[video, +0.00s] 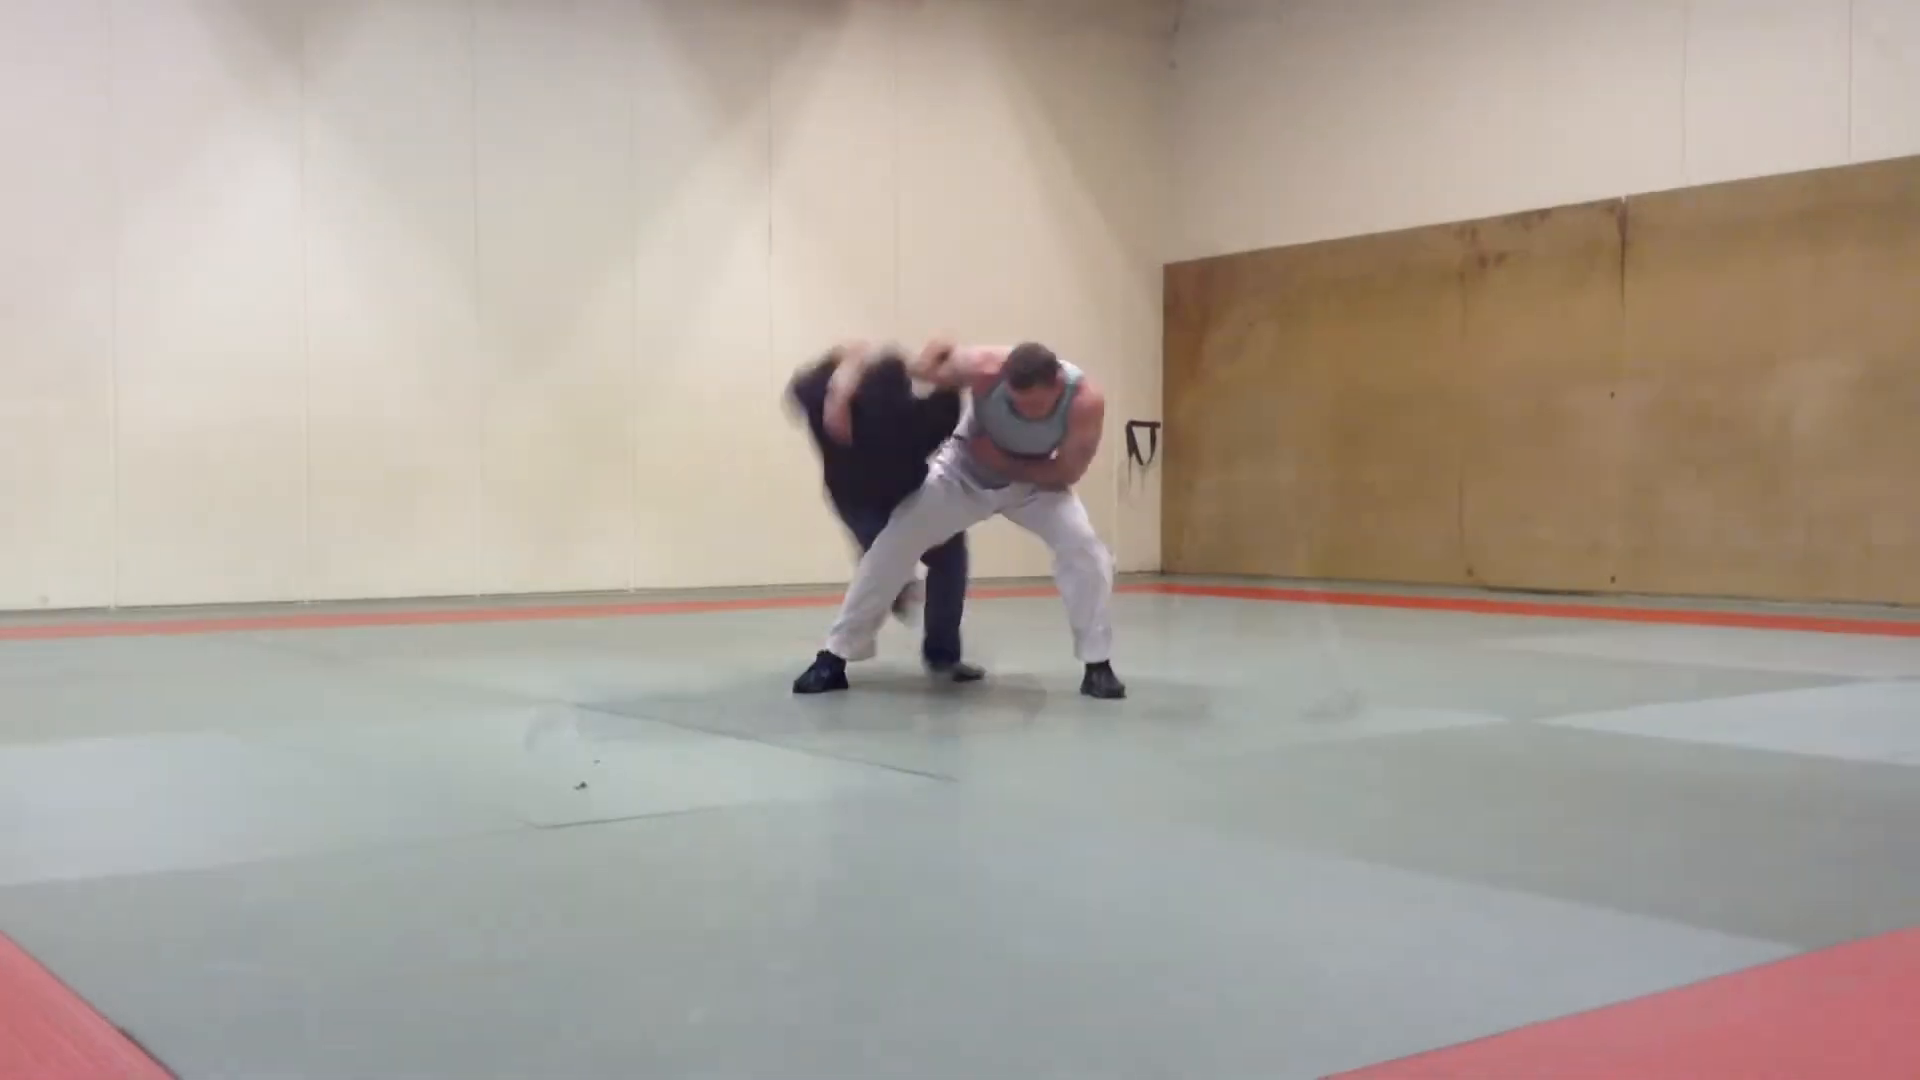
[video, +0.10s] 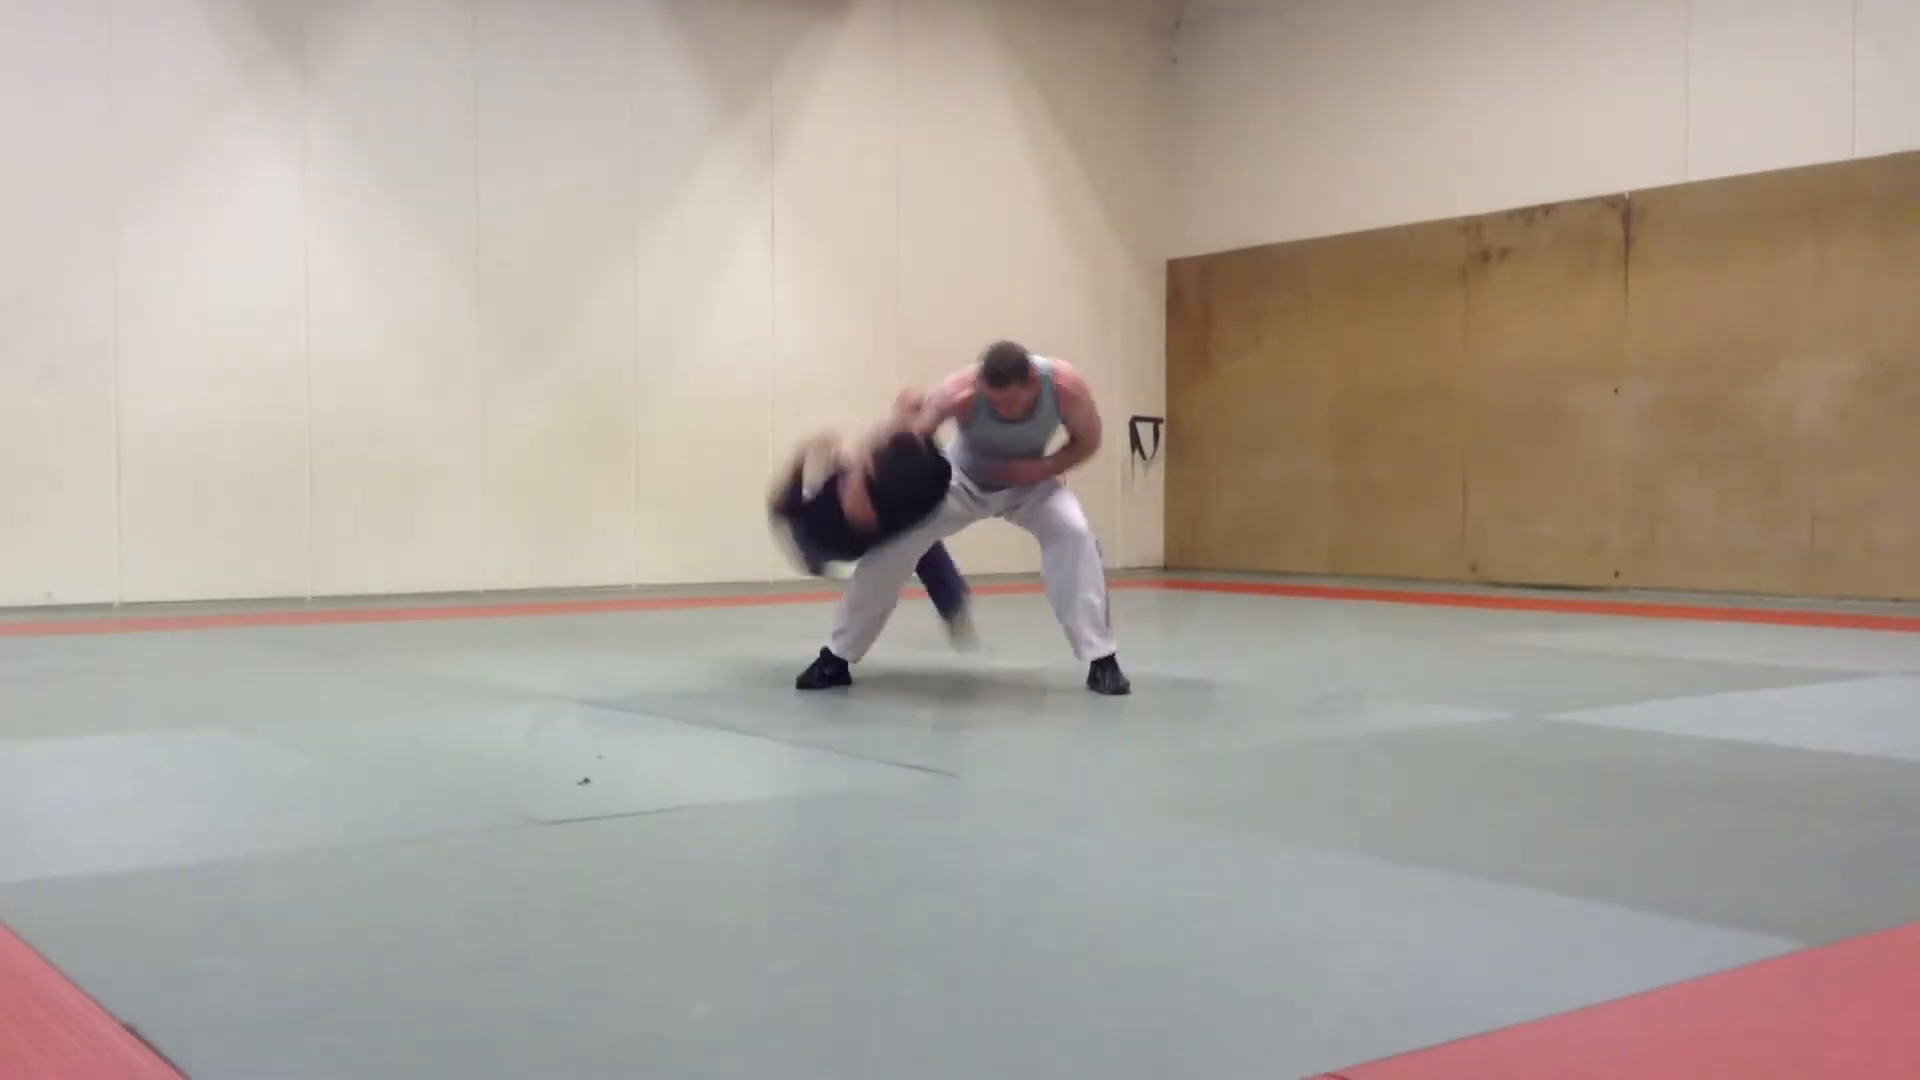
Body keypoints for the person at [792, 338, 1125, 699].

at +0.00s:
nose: (1030, 415)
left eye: (1039, 408)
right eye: (1021, 406)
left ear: (1058, 385)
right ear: (1008, 383)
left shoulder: (1085, 401)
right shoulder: (986, 367)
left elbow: (1064, 475)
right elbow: (924, 370)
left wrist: (1001, 462)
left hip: (1037, 486)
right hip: (965, 474)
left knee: (1085, 550)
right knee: (895, 542)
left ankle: (1098, 666)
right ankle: (834, 658)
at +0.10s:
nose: (1007, 412)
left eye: (1015, 403)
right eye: (996, 403)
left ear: (1033, 382)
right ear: (982, 384)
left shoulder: (1065, 385)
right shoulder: (960, 393)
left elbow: (1088, 442)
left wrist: (1040, 471)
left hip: (1032, 489)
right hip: (962, 486)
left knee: (1074, 534)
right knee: (890, 550)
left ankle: (1101, 659)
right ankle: (837, 658)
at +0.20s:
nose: (955, 422)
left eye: (964, 414)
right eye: (950, 414)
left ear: (994, 395)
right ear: (943, 403)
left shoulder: (1028, 377)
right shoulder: (937, 423)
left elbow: (1074, 395)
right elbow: (913, 485)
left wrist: (1066, 443)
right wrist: (916, 524)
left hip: (1028, 475)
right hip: (961, 482)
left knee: (1075, 528)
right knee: (915, 544)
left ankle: (1110, 651)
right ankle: (845, 649)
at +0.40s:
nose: (930, 478)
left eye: (938, 468)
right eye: (925, 471)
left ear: (962, 439)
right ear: (913, 452)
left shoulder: (987, 397)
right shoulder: (919, 470)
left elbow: (1070, 407)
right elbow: (935, 556)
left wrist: (1040, 462)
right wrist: (967, 621)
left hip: (1013, 464)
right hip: (948, 486)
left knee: (1066, 513)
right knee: (871, 531)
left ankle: (1115, 638)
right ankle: (845, 627)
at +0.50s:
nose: (927, 474)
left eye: (934, 463)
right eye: (921, 466)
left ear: (960, 435)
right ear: (909, 451)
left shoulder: (987, 398)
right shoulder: (914, 467)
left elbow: (1063, 450)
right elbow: (931, 551)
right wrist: (939, 626)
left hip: (1006, 463)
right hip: (938, 478)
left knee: (1061, 515)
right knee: (855, 524)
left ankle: (1114, 638)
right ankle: (830, 634)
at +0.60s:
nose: (930, 487)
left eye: (939, 474)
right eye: (923, 478)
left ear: (961, 445)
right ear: (908, 457)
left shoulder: (986, 404)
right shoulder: (912, 472)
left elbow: (1049, 466)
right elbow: (929, 556)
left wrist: (995, 519)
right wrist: (908, 634)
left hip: (998, 468)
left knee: (1055, 520)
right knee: (846, 514)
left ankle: (1115, 639)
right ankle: (815, 622)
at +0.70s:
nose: (938, 489)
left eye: (946, 479)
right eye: (930, 482)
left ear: (965, 451)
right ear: (913, 461)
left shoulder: (987, 405)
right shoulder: (913, 472)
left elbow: (1045, 464)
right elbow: (930, 547)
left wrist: (1001, 519)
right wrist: (940, 618)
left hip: (995, 463)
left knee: (1053, 524)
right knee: (846, 517)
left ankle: (1114, 636)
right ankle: (822, 621)